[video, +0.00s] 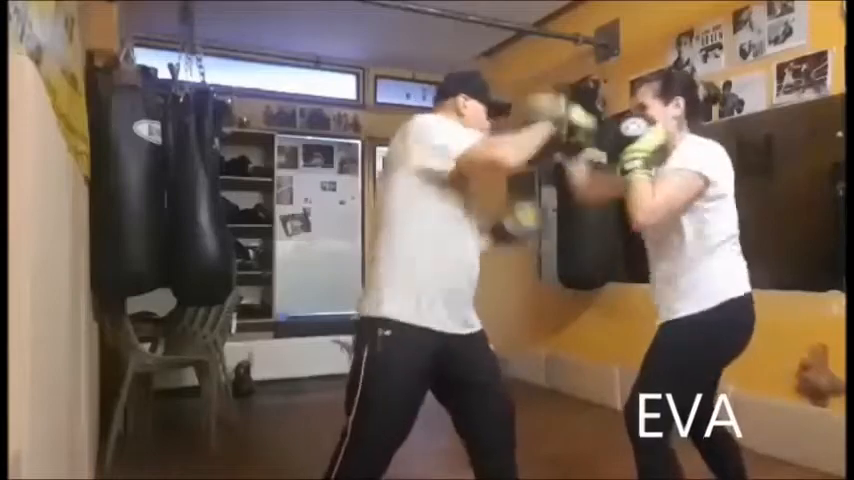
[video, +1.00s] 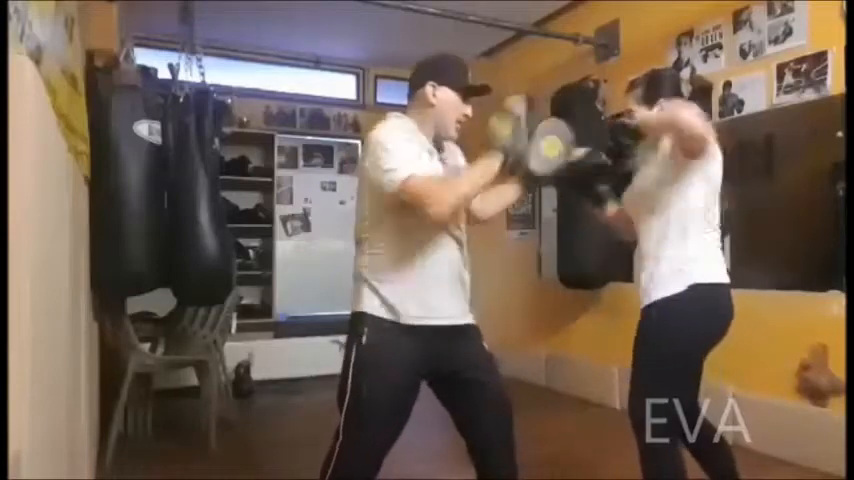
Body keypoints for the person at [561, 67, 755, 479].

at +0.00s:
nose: (637, 118)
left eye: (645, 108)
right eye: (636, 110)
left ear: (676, 106)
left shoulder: (702, 155)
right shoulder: (658, 163)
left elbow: (645, 215)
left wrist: (637, 159)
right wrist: (575, 148)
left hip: (712, 314)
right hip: (688, 316)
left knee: (643, 415)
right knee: (698, 412)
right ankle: (735, 473)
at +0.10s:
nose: (636, 120)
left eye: (643, 110)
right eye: (634, 112)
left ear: (674, 108)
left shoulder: (704, 156)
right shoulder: (657, 167)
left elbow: (652, 222)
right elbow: (584, 191)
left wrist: (636, 166)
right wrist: (574, 144)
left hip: (712, 315)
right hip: (682, 318)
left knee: (644, 416)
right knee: (694, 416)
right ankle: (731, 473)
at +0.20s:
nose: (625, 140)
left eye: (632, 129)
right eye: (623, 131)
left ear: (662, 124)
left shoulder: (693, 164)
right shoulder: (653, 177)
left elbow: (655, 240)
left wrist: (632, 183)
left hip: (719, 324)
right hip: (678, 325)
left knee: (638, 419)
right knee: (686, 425)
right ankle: (724, 473)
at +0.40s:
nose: (618, 144)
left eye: (626, 134)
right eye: (617, 135)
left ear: (658, 133)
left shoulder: (689, 164)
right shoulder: (640, 191)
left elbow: (664, 238)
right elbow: (651, 278)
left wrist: (635, 184)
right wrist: (603, 264)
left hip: (719, 325)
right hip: (677, 327)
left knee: (637, 419)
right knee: (677, 421)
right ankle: (724, 472)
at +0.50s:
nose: (627, 127)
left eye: (634, 117)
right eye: (625, 119)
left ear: (666, 113)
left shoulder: (703, 155)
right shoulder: (634, 173)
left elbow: (673, 229)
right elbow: (606, 239)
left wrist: (646, 165)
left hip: (711, 309)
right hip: (674, 315)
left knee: (641, 413)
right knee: (687, 418)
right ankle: (731, 474)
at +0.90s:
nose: (626, 121)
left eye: (633, 111)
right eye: (626, 113)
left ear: (663, 109)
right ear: (653, 111)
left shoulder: (702, 148)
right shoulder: (632, 164)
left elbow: (711, 193)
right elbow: (586, 194)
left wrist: (659, 154)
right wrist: (565, 155)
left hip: (699, 298)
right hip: (660, 305)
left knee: (650, 413)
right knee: (682, 411)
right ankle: (728, 474)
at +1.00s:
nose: (629, 118)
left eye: (634, 109)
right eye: (628, 111)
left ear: (657, 107)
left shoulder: (694, 150)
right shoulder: (649, 167)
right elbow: (634, 230)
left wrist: (640, 120)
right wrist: (597, 198)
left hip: (692, 295)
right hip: (665, 299)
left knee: (648, 413)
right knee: (682, 410)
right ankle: (727, 472)